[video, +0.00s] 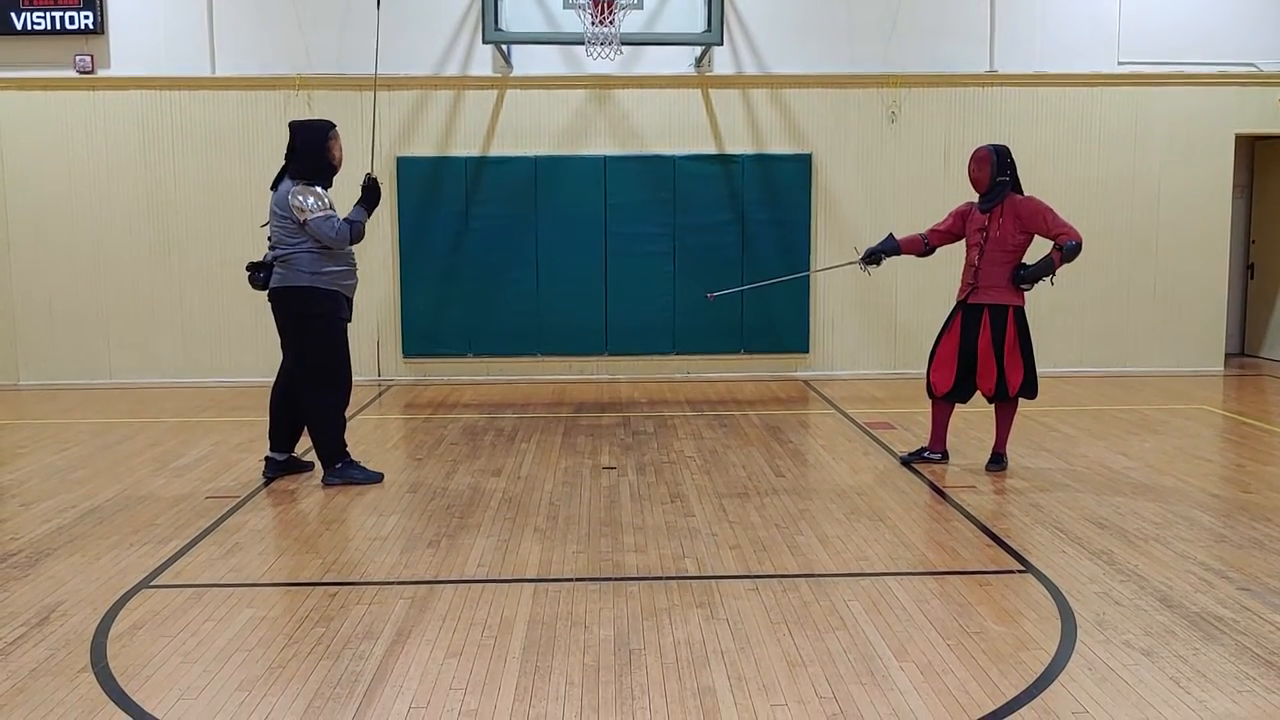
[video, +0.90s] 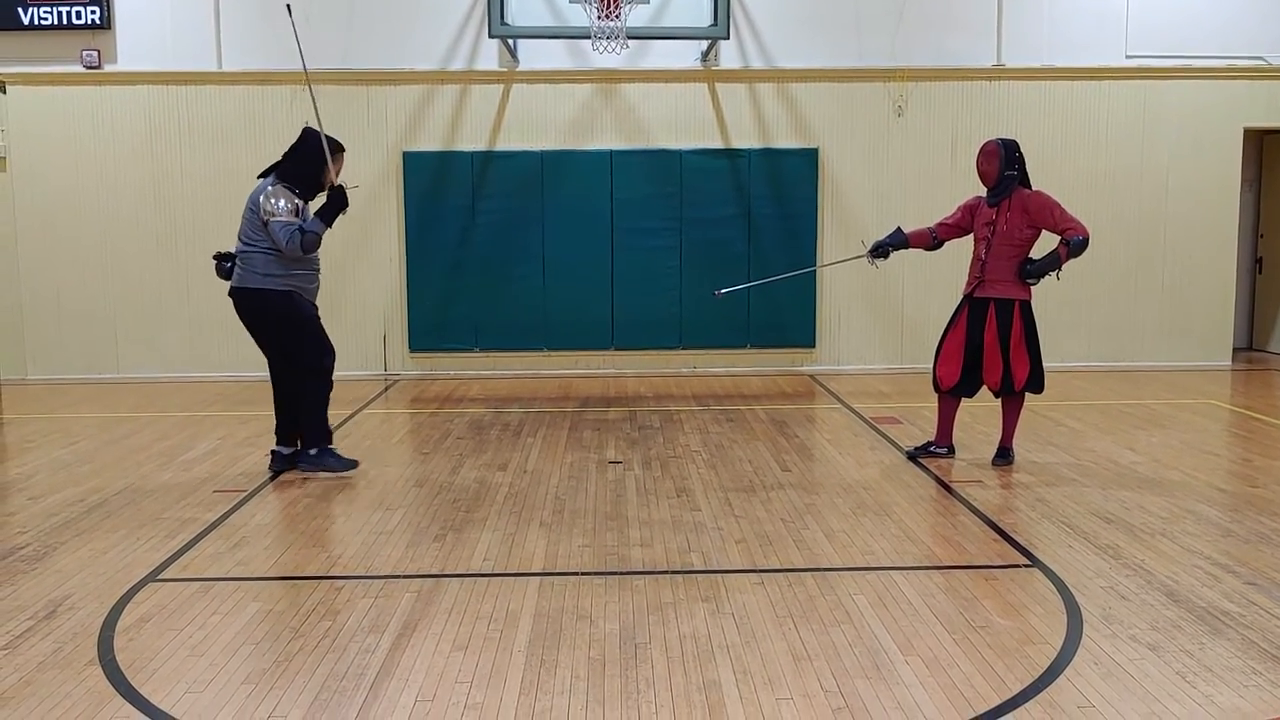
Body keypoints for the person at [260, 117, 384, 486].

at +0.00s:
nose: (341, 152)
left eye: (339, 144)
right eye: (335, 145)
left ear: (308, 151)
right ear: (317, 150)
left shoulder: (293, 188)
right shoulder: (303, 191)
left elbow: (288, 243)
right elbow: (337, 234)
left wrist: (269, 264)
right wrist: (364, 206)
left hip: (296, 292)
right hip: (311, 295)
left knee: (296, 372)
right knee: (330, 377)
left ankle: (279, 456)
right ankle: (336, 463)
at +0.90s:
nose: (337, 177)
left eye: (339, 169)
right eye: (335, 168)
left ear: (308, 164)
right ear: (315, 164)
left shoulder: (285, 194)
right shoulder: (276, 193)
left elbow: (274, 247)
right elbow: (294, 243)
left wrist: (239, 259)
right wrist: (329, 212)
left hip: (270, 292)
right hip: (269, 293)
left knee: (287, 366)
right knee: (318, 358)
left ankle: (286, 448)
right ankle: (315, 449)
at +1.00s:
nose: (328, 178)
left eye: (329, 170)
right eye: (326, 169)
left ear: (298, 165)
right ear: (306, 166)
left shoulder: (281, 196)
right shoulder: (265, 192)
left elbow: (264, 246)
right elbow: (284, 244)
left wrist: (228, 259)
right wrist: (319, 213)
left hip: (273, 293)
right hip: (252, 293)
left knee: (299, 362)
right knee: (299, 361)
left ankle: (282, 442)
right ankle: (267, 442)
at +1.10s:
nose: (317, 177)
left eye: (318, 169)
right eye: (315, 168)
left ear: (287, 165)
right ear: (295, 165)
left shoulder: (271, 197)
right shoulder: (255, 192)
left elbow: (251, 246)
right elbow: (274, 244)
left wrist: (215, 260)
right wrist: (309, 214)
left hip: (269, 298)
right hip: (240, 296)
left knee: (284, 371)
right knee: (261, 374)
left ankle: (284, 449)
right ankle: (217, 436)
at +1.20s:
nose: (304, 176)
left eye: (305, 168)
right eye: (301, 167)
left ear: (274, 165)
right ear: (283, 166)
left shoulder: (256, 195)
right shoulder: (242, 192)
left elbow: (233, 244)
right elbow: (262, 245)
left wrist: (201, 259)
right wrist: (297, 214)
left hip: (259, 299)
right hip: (227, 296)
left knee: (274, 371)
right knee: (234, 374)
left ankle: (283, 448)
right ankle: (192, 449)